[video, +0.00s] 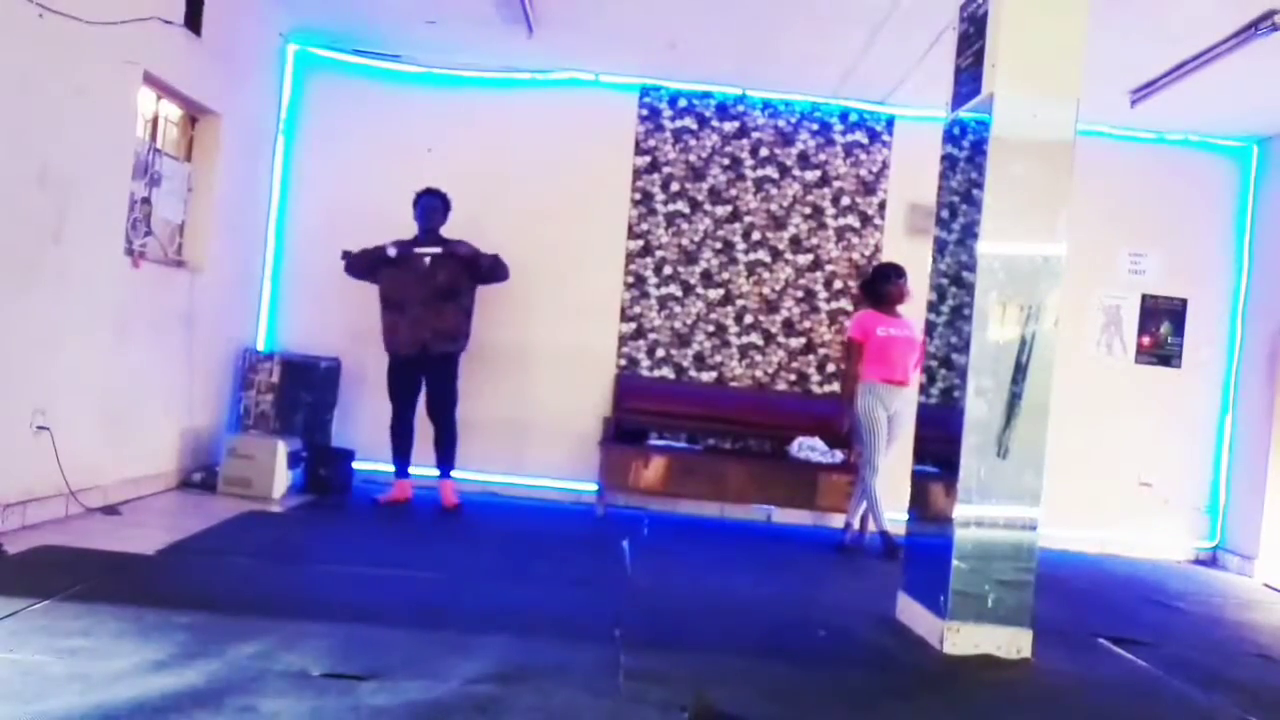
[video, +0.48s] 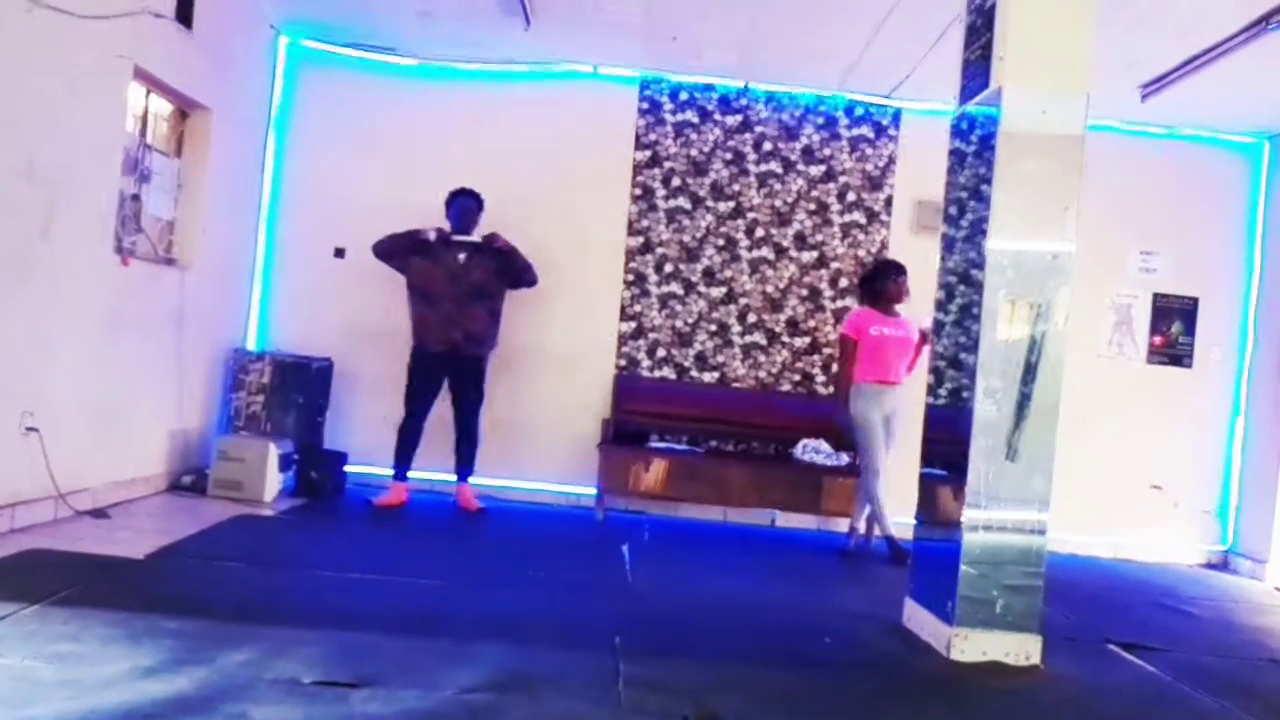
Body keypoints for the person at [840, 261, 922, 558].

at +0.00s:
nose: (905, 289)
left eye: (905, 283)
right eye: (898, 283)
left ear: (904, 288)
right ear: (881, 288)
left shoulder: (907, 325)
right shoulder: (864, 320)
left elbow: (914, 367)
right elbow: (852, 366)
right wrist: (847, 408)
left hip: (901, 392)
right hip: (872, 388)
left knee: (876, 463)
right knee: (872, 461)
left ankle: (851, 527)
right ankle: (882, 531)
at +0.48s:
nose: (905, 288)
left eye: (905, 281)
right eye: (898, 281)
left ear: (901, 286)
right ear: (881, 285)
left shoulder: (905, 325)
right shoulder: (859, 318)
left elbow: (906, 369)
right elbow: (845, 366)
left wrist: (922, 344)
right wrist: (842, 404)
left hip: (892, 391)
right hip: (865, 389)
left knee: (877, 465)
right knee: (873, 464)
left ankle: (857, 529)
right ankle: (889, 535)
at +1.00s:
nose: (888, 289)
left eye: (891, 283)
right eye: (882, 282)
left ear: (895, 288)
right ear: (866, 286)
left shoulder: (898, 325)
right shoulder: (847, 317)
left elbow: (896, 373)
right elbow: (832, 362)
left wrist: (908, 346)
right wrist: (825, 401)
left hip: (884, 398)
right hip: (851, 395)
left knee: (868, 465)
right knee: (866, 464)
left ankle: (849, 532)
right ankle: (884, 536)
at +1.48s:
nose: (892, 287)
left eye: (892, 281)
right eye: (885, 281)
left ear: (891, 286)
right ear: (868, 285)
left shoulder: (897, 325)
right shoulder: (847, 317)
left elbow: (896, 371)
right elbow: (834, 364)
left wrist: (908, 343)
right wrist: (829, 404)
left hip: (885, 397)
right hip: (855, 394)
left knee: (869, 465)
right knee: (869, 464)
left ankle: (852, 533)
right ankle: (886, 536)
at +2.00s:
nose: (895, 287)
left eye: (894, 281)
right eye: (888, 281)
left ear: (883, 287)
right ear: (871, 286)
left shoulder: (894, 325)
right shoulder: (850, 316)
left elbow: (894, 368)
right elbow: (838, 364)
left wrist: (910, 343)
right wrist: (835, 404)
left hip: (887, 397)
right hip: (857, 394)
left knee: (870, 464)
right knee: (870, 462)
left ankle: (854, 533)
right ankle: (888, 535)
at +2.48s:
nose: (894, 287)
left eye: (894, 281)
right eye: (888, 281)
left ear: (888, 287)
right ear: (871, 286)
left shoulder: (893, 326)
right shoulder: (850, 316)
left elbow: (892, 370)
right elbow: (837, 363)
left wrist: (909, 347)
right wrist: (832, 405)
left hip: (885, 397)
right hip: (855, 394)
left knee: (869, 464)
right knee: (869, 462)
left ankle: (853, 532)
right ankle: (888, 535)